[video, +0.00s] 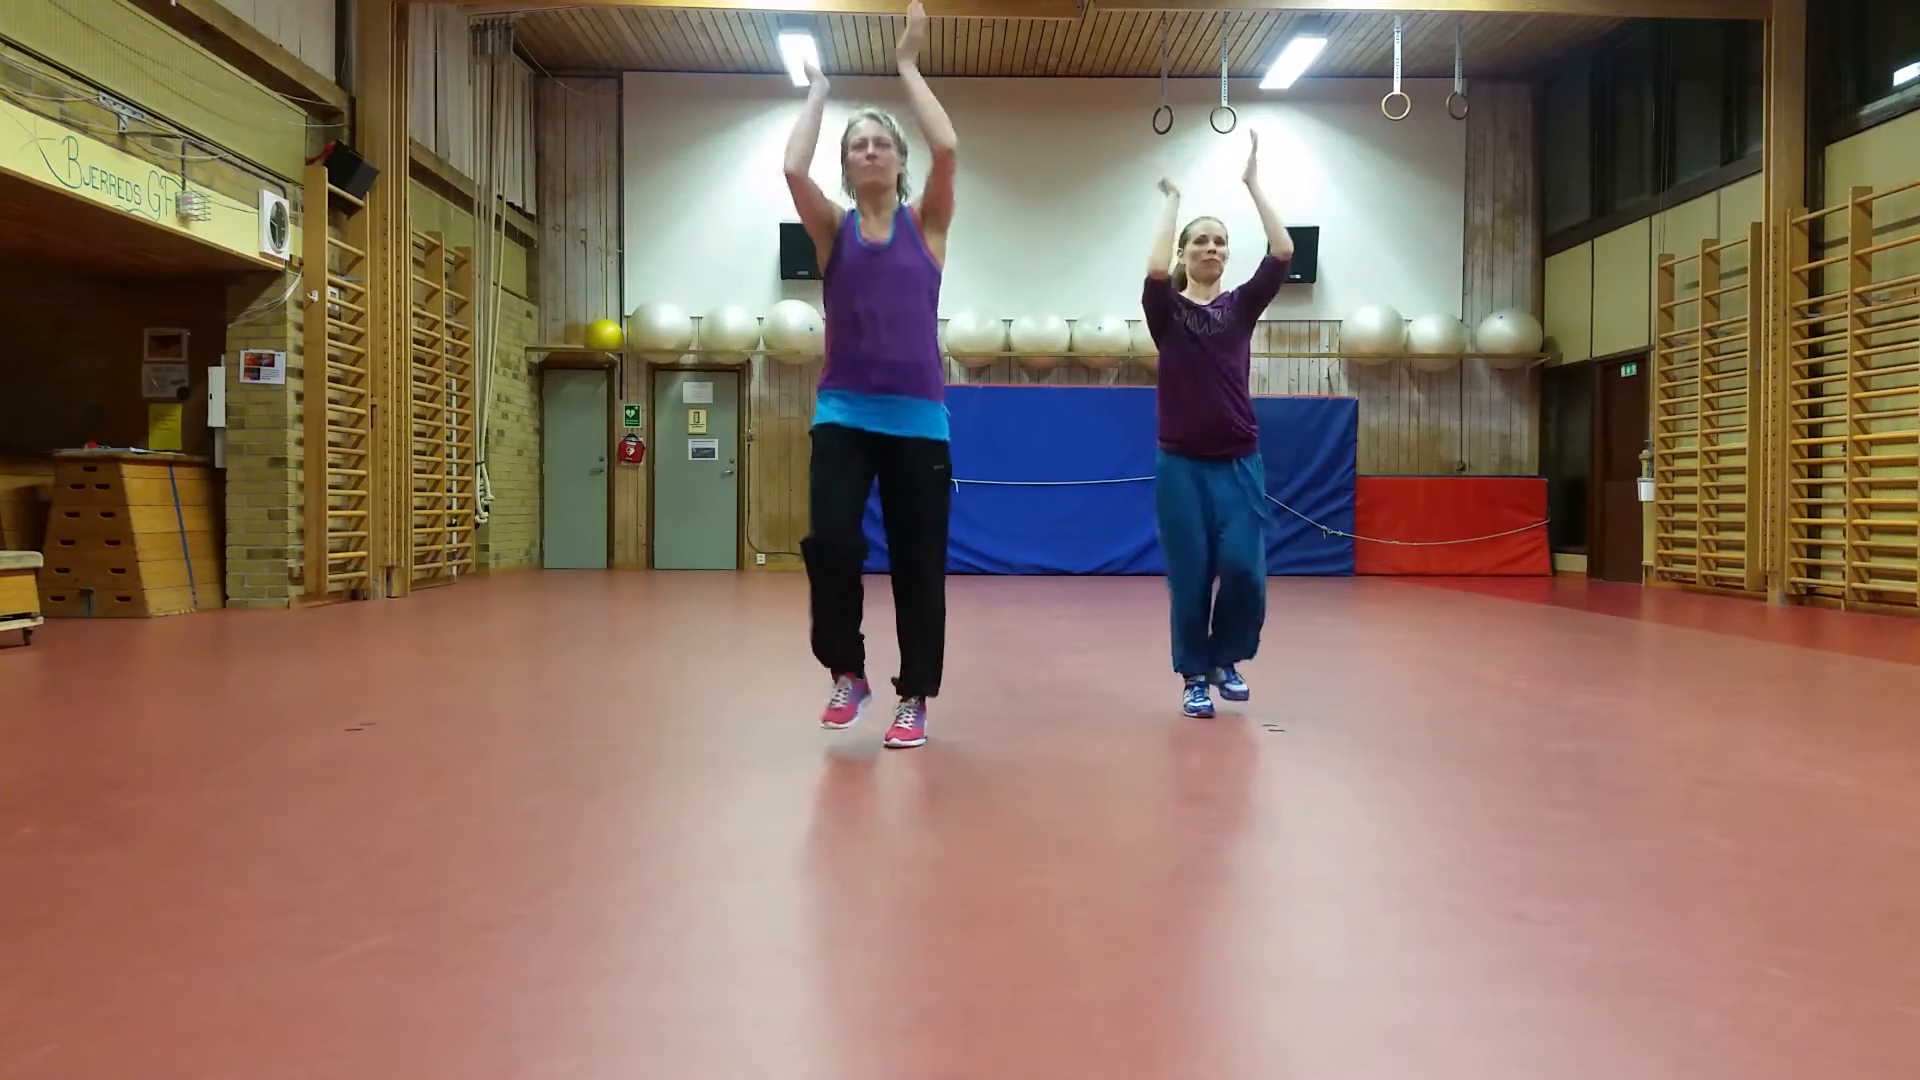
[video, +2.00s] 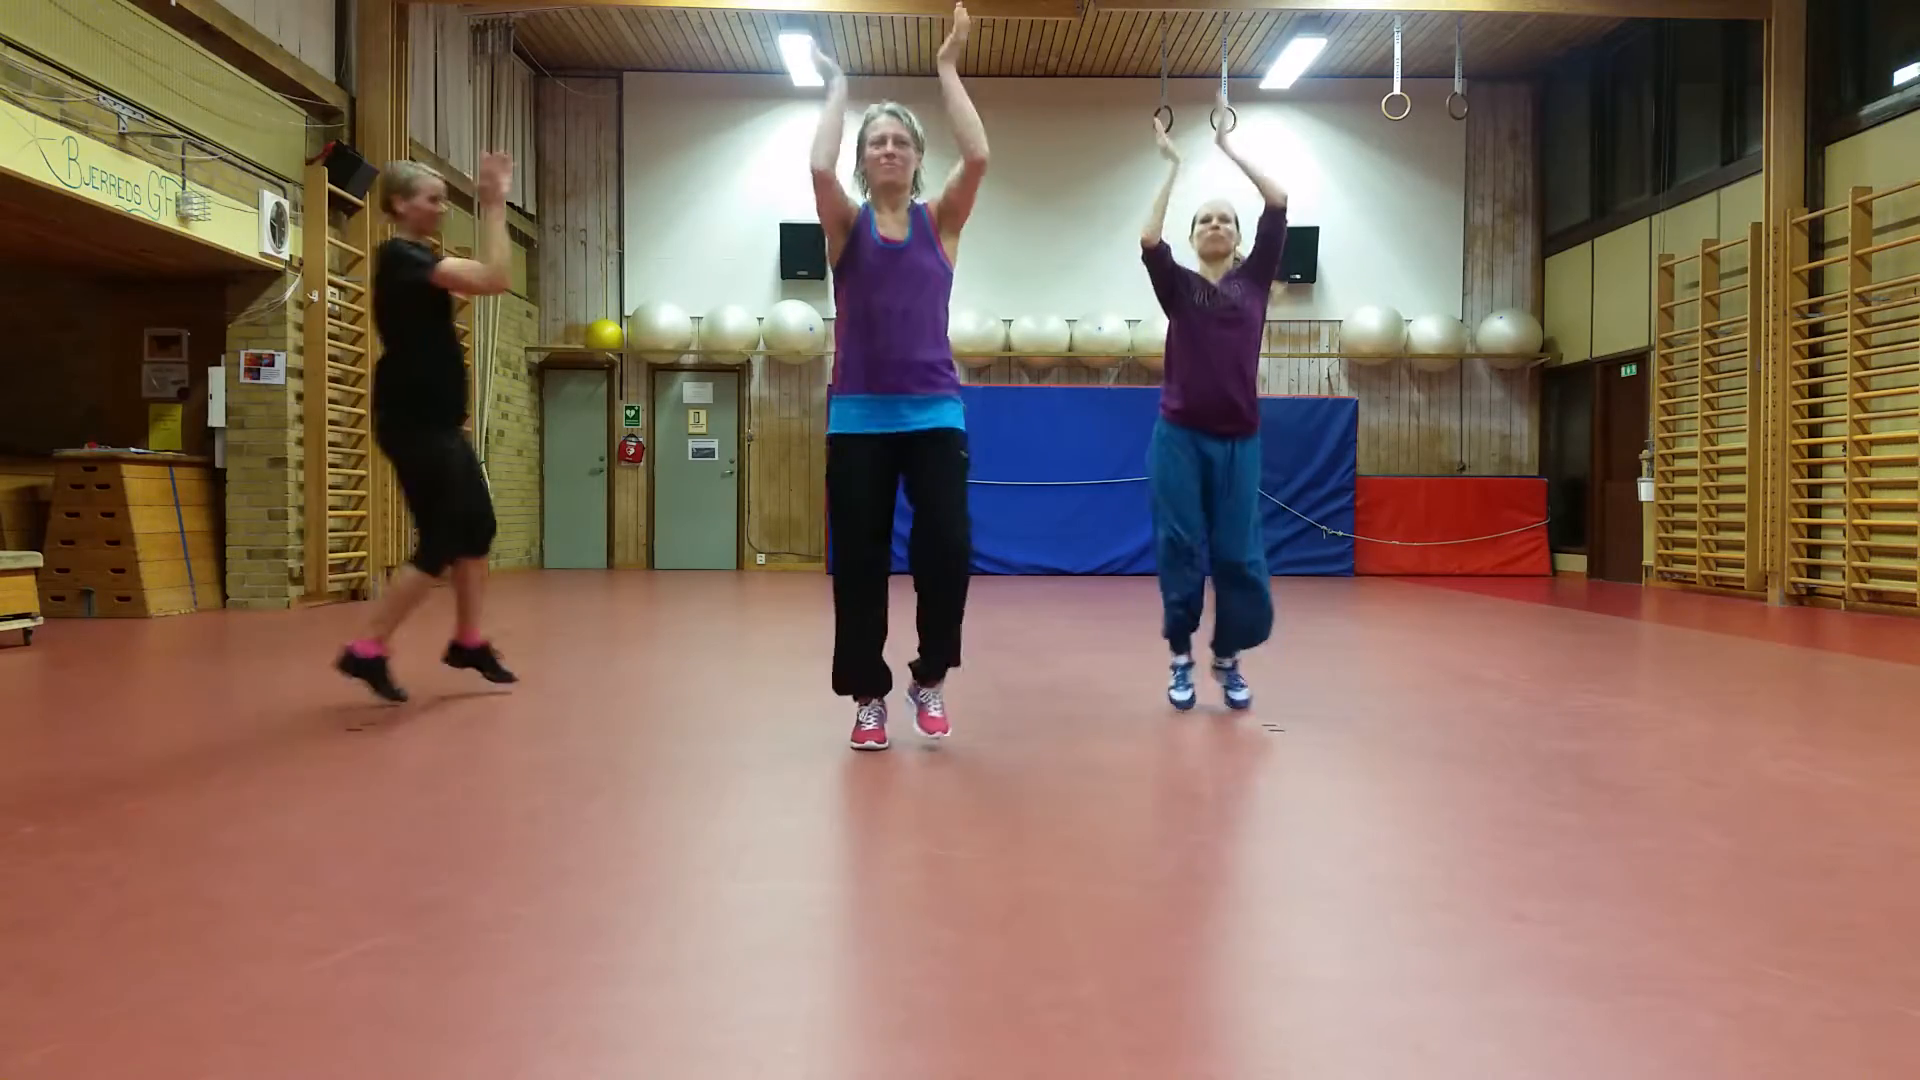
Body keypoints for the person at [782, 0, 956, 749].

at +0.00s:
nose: (870, 151)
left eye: (881, 144)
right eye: (858, 146)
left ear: (901, 161)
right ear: (844, 164)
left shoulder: (926, 225)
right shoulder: (834, 228)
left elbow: (946, 146)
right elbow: (795, 171)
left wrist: (907, 67)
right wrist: (817, 90)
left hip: (917, 415)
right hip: (842, 412)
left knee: (917, 561)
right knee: (830, 545)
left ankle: (915, 698)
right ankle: (846, 677)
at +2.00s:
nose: (889, 151)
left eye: (900, 143)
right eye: (878, 144)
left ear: (919, 160)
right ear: (861, 160)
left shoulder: (940, 222)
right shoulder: (847, 226)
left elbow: (977, 157)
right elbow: (821, 169)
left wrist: (946, 67)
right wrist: (836, 90)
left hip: (934, 413)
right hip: (860, 415)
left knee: (947, 550)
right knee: (860, 558)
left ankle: (930, 682)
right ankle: (868, 697)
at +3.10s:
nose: (890, 157)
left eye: (902, 149)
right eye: (879, 150)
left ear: (922, 168)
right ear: (865, 170)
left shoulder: (948, 234)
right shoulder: (846, 238)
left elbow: (1015, 236)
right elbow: (772, 266)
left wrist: (947, 180)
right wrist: (807, 196)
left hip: (939, 426)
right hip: (863, 424)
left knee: (943, 573)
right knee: (831, 560)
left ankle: (939, 708)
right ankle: (861, 693)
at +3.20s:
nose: (885, 144)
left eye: (897, 136)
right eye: (874, 136)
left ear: (918, 154)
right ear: (860, 156)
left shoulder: (947, 219)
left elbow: (1020, 269)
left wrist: (982, 240)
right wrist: (777, 251)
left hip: (934, 413)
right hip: (858, 409)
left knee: (933, 565)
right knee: (832, 551)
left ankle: (935, 703)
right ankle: (844, 689)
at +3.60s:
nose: (890, 163)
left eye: (901, 154)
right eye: (879, 156)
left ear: (923, 168)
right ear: (864, 173)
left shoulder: (948, 229)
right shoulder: (843, 235)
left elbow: (997, 260)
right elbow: (771, 259)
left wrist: (924, 226)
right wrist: (849, 282)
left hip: (946, 423)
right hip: (864, 424)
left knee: (1004, 551)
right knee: (790, 539)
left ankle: (1043, 683)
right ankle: (775, 678)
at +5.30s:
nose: (910, 211)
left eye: (920, 205)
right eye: (898, 205)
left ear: (937, 224)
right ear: (881, 225)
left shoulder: (958, 283)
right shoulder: (861, 281)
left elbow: (1010, 278)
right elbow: (793, 298)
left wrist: (943, 241)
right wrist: (867, 315)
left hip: (954, 473)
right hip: (869, 473)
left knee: (1019, 592)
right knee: (795, 588)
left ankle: (1070, 708)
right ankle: (761, 712)